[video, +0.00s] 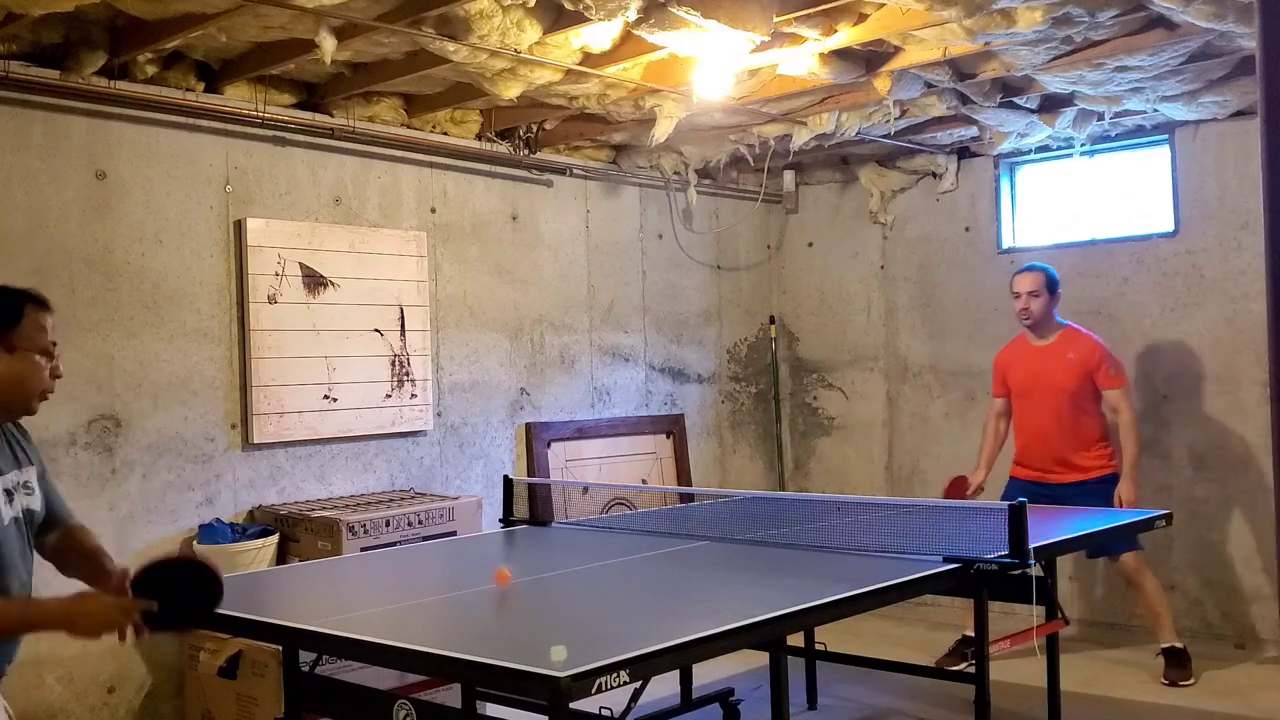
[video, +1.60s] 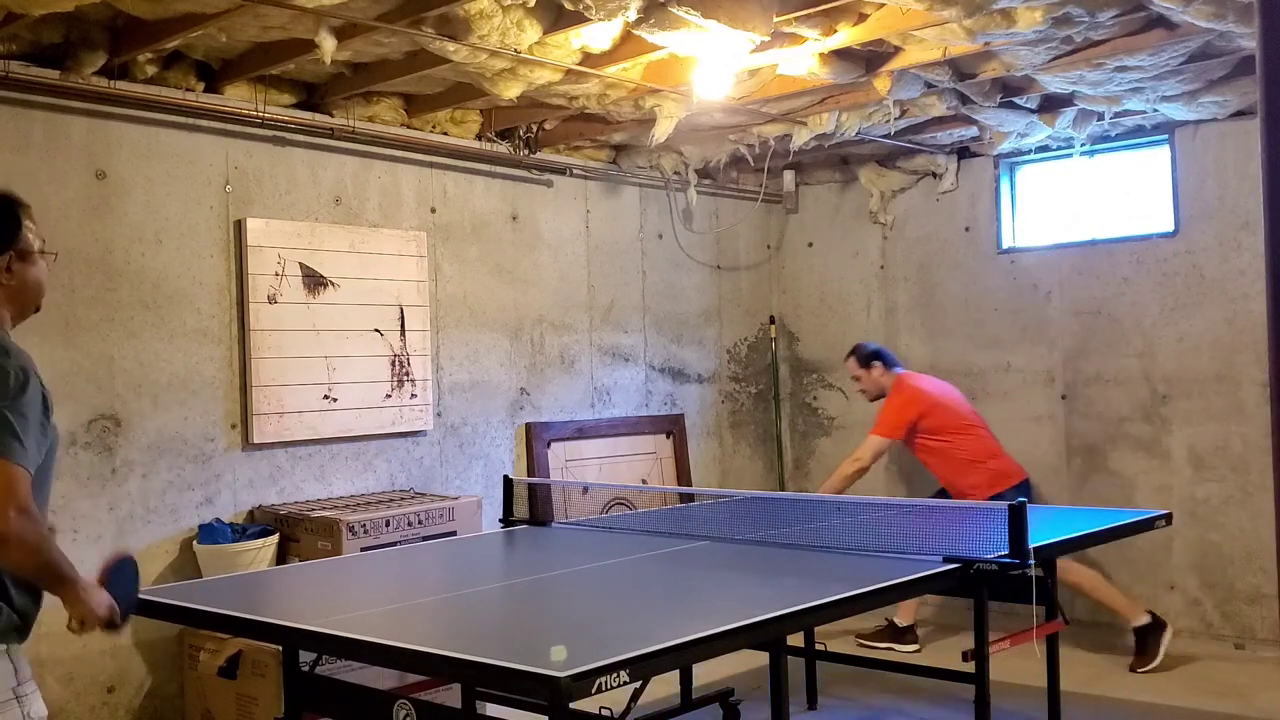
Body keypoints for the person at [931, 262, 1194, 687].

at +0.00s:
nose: (1023, 304)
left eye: (1032, 295)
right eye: (1016, 296)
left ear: (1053, 298)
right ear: (1012, 301)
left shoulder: (1090, 349)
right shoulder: (1008, 358)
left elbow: (1123, 411)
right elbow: (999, 417)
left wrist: (1128, 477)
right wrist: (981, 472)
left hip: (1090, 484)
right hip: (1027, 483)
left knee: (1132, 564)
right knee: (984, 554)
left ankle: (1172, 647)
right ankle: (972, 639)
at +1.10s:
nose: (1001, 325)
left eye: (1000, 317)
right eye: (999, 318)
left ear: (1015, 312)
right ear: (1024, 309)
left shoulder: (1074, 349)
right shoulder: (1036, 350)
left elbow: (1097, 412)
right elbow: (1039, 415)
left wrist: (1104, 469)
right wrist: (1001, 448)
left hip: (1080, 482)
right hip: (1037, 479)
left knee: (1107, 565)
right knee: (1000, 548)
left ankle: (1169, 640)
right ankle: (996, 631)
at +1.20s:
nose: (991, 330)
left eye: (990, 322)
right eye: (989, 323)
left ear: (1004, 316)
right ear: (1013, 313)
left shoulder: (1061, 352)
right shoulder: (1031, 351)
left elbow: (1068, 423)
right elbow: (1040, 421)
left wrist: (1049, 482)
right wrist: (1013, 459)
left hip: (1080, 478)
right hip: (1038, 473)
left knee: (1102, 563)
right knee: (984, 534)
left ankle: (1169, 640)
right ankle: (981, 622)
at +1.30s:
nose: (969, 337)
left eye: (968, 327)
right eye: (966, 328)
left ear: (983, 321)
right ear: (993, 318)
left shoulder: (1036, 354)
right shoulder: (1015, 354)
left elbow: (1028, 429)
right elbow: (1028, 428)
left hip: (1069, 482)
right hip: (1026, 478)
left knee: (1102, 564)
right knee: (975, 536)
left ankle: (1168, 640)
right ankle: (954, 621)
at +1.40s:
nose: (934, 347)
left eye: (934, 337)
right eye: (932, 339)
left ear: (953, 332)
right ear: (960, 330)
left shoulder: (995, 364)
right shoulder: (986, 362)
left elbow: (960, 446)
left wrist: (909, 484)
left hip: (1053, 482)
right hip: (1011, 482)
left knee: (1097, 562)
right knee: (959, 541)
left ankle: (1167, 641)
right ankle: (926, 619)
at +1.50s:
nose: (895, 365)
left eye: (897, 356)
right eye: (894, 357)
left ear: (916, 351)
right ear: (922, 349)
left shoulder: (946, 384)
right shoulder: (955, 375)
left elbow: (896, 454)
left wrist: (846, 488)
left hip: (1029, 489)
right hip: (991, 489)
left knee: (1087, 565)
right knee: (936, 544)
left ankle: (1163, 638)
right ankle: (910, 627)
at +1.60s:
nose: (857, 386)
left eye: (858, 378)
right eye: (854, 380)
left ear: (879, 368)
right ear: (883, 366)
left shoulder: (904, 394)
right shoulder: (921, 385)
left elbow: (862, 461)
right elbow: (968, 430)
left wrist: (815, 502)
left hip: (1000, 491)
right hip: (967, 489)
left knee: (1055, 564)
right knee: (916, 543)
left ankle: (1144, 623)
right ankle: (902, 625)